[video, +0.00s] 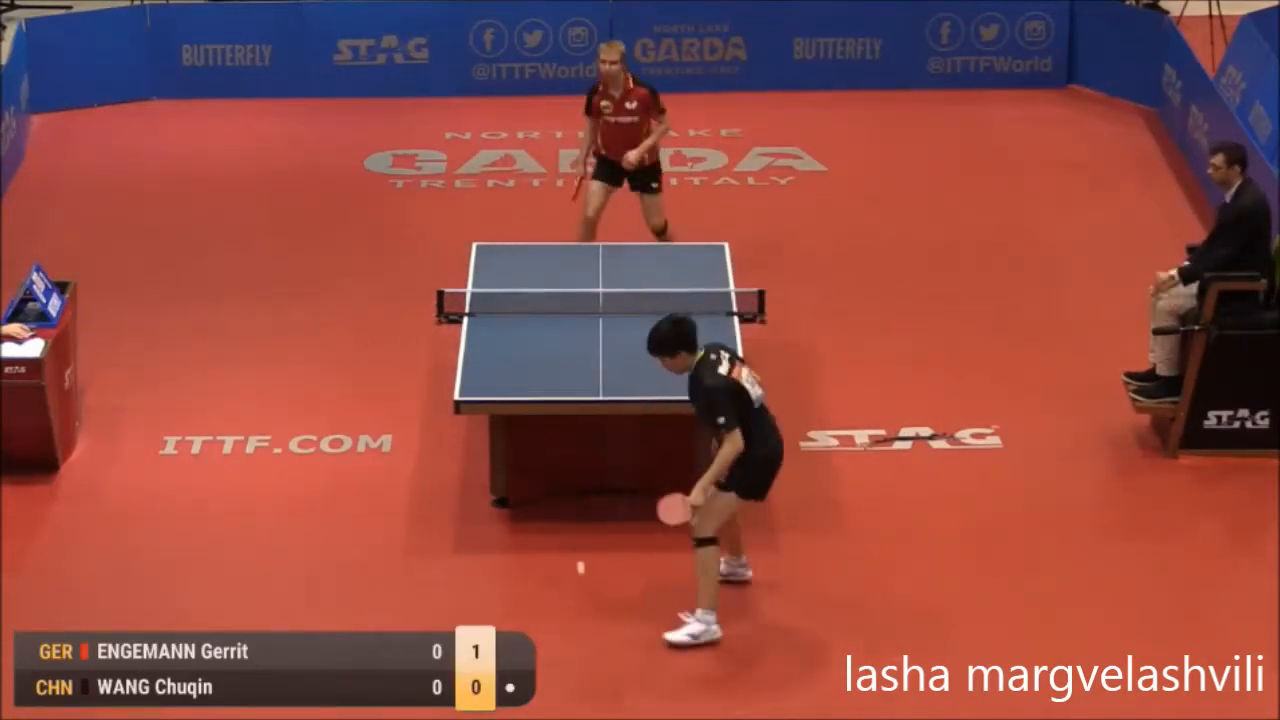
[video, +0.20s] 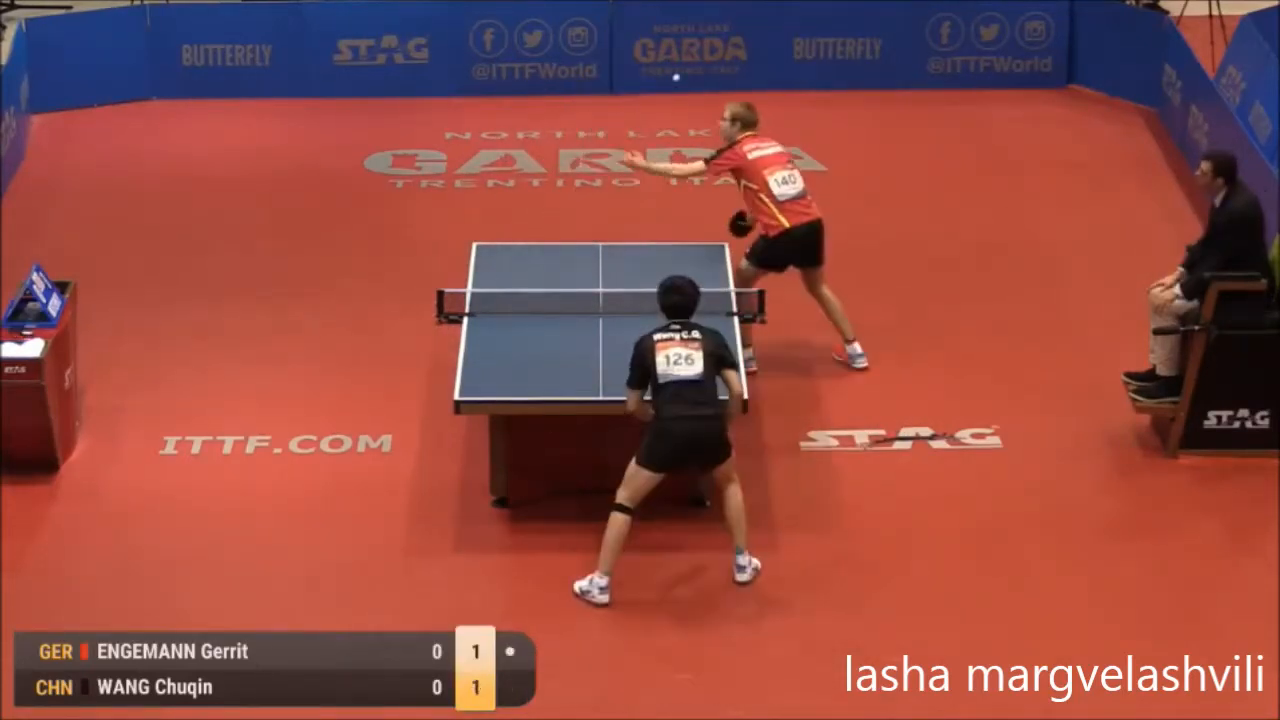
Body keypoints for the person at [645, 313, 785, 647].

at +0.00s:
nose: (663, 365)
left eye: (663, 358)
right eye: (661, 359)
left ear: (678, 354)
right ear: (688, 345)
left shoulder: (708, 382)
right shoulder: (715, 352)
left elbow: (735, 442)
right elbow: (745, 385)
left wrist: (704, 485)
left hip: (754, 455)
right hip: (764, 441)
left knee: (702, 523)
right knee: (721, 499)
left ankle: (706, 619)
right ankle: (735, 562)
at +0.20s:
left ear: (661, 306)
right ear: (695, 306)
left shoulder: (647, 342)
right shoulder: (712, 337)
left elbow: (634, 406)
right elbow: (738, 392)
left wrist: (662, 416)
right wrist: (725, 422)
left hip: (667, 432)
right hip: (710, 429)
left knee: (625, 502)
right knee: (729, 482)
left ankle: (600, 580)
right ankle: (742, 560)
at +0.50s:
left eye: (658, 282)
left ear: (653, 287)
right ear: (687, 287)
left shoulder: (639, 325)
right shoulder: (706, 321)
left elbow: (628, 385)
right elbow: (732, 371)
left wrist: (643, 397)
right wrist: (713, 391)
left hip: (653, 417)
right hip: (699, 418)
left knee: (607, 471)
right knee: (722, 482)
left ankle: (589, 550)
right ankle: (742, 559)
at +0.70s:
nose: (630, 302)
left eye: (625, 298)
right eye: (641, 297)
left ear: (619, 306)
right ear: (651, 304)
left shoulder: (606, 344)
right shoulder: (671, 337)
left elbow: (587, 400)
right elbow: (698, 385)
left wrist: (618, 398)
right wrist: (677, 373)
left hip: (624, 436)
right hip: (670, 436)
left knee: (575, 472)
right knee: (711, 485)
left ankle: (545, 545)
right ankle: (741, 561)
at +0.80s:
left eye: (596, 286)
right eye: (614, 286)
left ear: (589, 293)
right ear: (621, 293)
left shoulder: (570, 329)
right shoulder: (635, 333)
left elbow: (540, 375)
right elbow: (657, 380)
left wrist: (565, 366)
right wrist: (640, 360)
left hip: (578, 428)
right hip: (622, 430)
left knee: (540, 466)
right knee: (673, 482)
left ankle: (537, 546)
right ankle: (722, 548)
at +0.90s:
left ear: (572, 285)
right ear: (604, 287)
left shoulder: (551, 317)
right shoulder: (616, 325)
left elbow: (511, 353)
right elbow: (639, 374)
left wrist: (535, 358)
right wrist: (625, 356)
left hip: (552, 416)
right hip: (596, 419)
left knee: (518, 453)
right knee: (649, 467)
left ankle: (519, 530)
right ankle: (656, 552)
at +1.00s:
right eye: (572, 287)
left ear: (545, 289)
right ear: (576, 291)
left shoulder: (525, 317)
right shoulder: (588, 329)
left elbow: (480, 335)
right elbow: (616, 376)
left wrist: (501, 349)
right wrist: (602, 368)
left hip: (515, 413)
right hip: (559, 420)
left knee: (483, 454)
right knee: (610, 474)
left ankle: (450, 520)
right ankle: (588, 556)